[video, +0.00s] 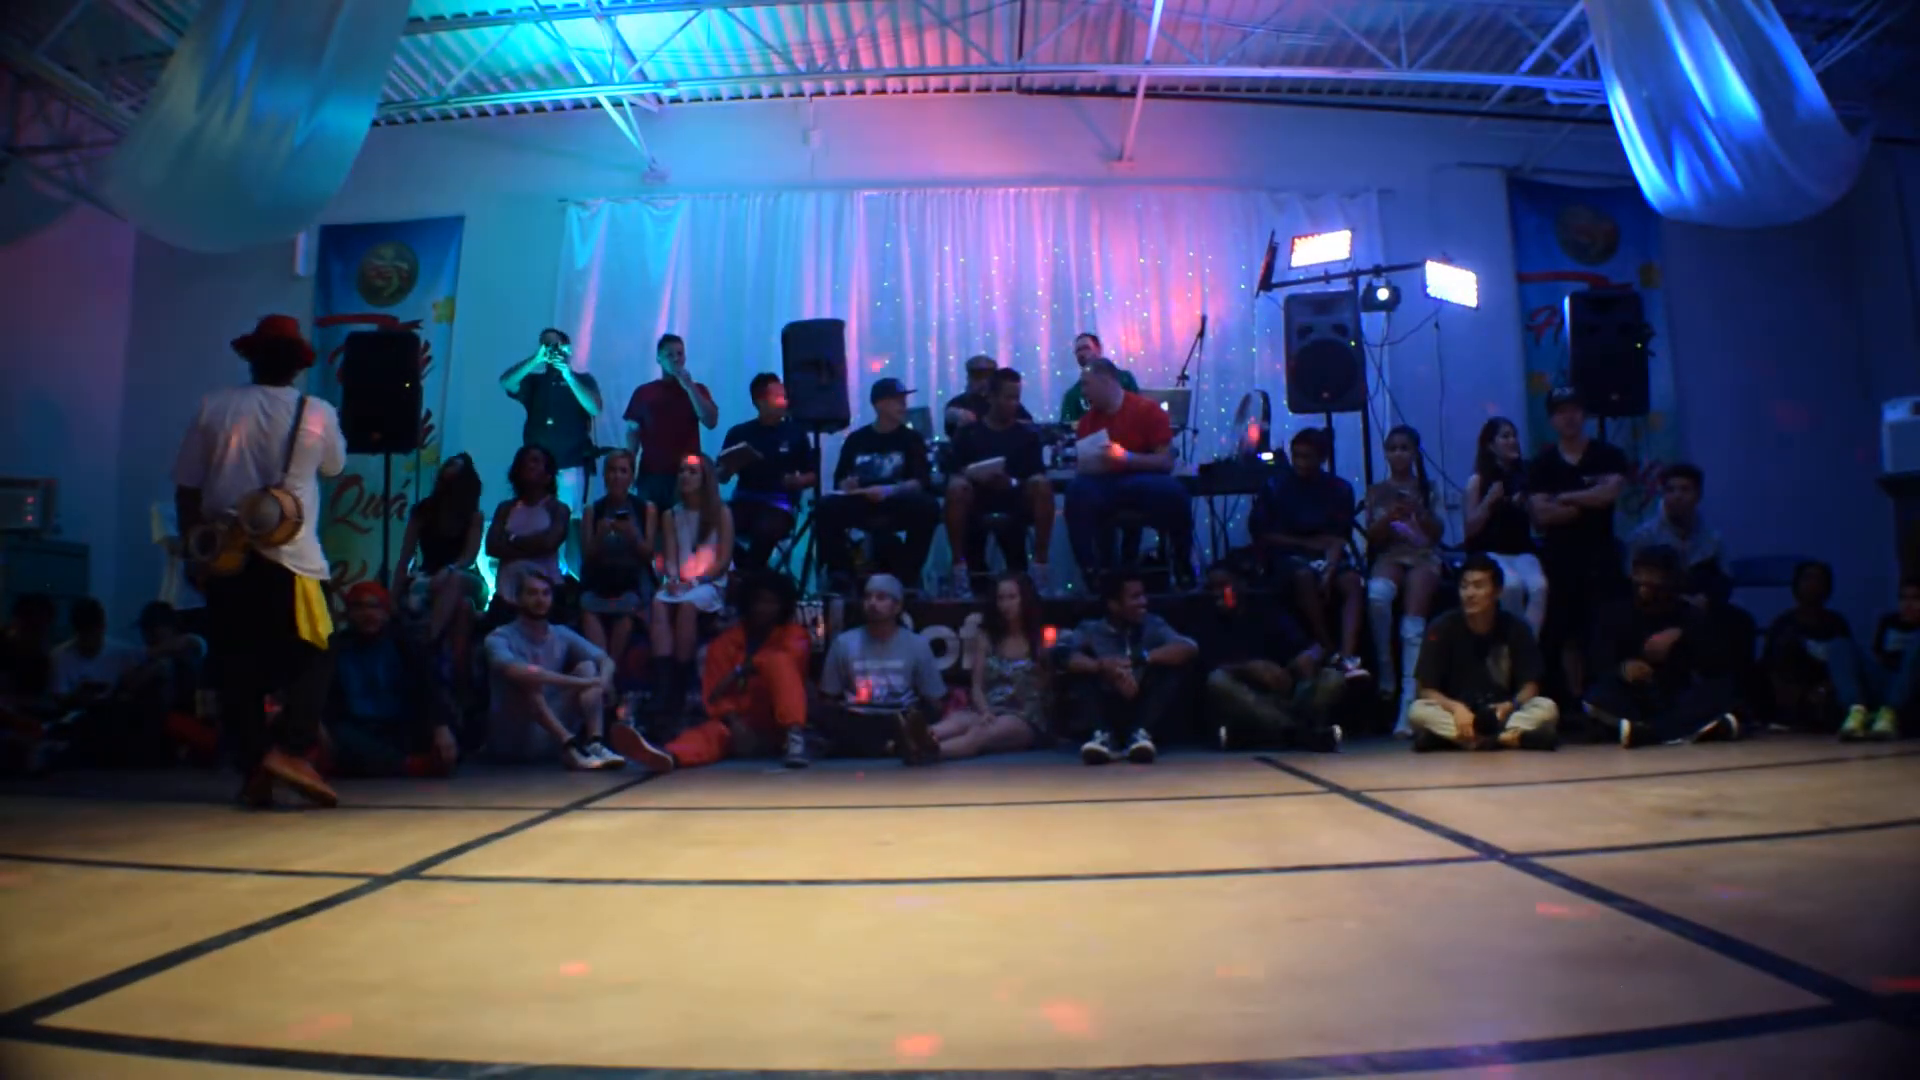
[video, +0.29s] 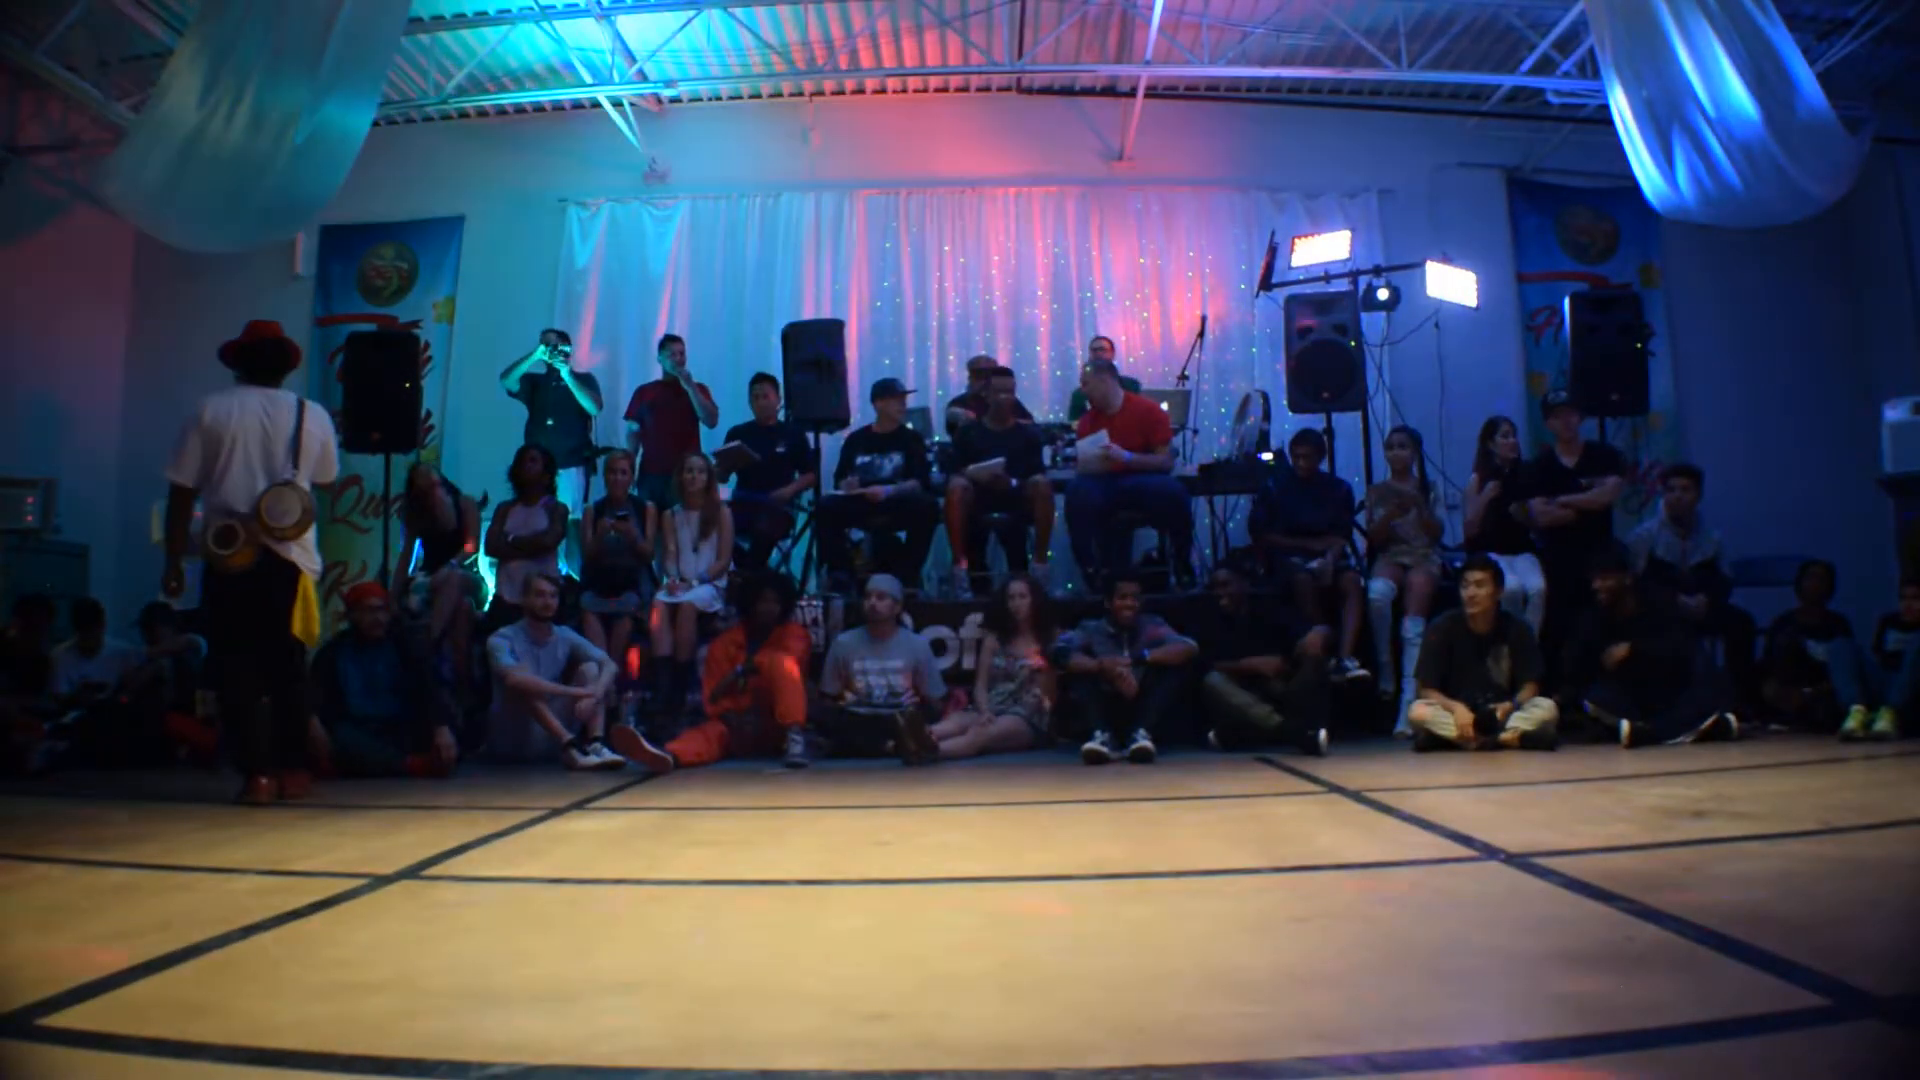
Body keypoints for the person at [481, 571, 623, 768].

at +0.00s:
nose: (540, 599)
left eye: (546, 593)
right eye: (532, 593)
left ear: (552, 598)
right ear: (519, 598)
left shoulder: (561, 634)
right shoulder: (500, 638)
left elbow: (606, 661)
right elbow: (514, 672)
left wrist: (601, 686)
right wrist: (579, 683)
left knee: (587, 667)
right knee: (525, 679)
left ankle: (595, 743)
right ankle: (569, 746)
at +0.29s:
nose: (548, 602)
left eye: (553, 596)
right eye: (540, 595)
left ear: (558, 600)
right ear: (525, 600)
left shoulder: (564, 635)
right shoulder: (502, 639)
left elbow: (610, 665)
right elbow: (514, 679)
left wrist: (593, 697)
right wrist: (580, 693)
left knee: (589, 669)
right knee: (522, 674)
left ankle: (596, 744)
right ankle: (569, 746)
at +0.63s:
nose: (544, 600)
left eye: (548, 594)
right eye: (536, 594)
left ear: (552, 597)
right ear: (518, 597)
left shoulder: (559, 634)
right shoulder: (497, 638)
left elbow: (605, 661)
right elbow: (506, 675)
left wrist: (588, 688)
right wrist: (568, 689)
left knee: (590, 669)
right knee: (518, 677)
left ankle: (596, 743)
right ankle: (568, 746)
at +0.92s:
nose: (543, 599)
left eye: (546, 593)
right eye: (534, 593)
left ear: (550, 597)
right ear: (516, 597)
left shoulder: (556, 635)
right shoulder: (496, 639)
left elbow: (605, 660)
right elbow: (505, 674)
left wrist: (588, 683)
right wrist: (569, 684)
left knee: (594, 671)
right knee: (517, 682)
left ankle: (597, 743)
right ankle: (567, 745)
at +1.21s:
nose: (545, 598)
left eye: (547, 592)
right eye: (536, 592)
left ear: (551, 595)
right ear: (515, 598)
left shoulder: (556, 635)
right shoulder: (495, 639)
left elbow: (605, 661)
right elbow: (504, 674)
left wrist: (588, 683)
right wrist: (568, 684)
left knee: (592, 670)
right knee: (517, 682)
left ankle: (596, 743)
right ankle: (566, 746)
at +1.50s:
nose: (546, 602)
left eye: (549, 596)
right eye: (539, 595)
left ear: (553, 598)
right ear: (519, 598)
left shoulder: (558, 635)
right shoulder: (498, 639)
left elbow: (607, 660)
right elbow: (508, 674)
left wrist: (590, 682)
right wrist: (569, 684)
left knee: (594, 669)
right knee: (520, 683)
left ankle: (598, 742)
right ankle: (569, 746)